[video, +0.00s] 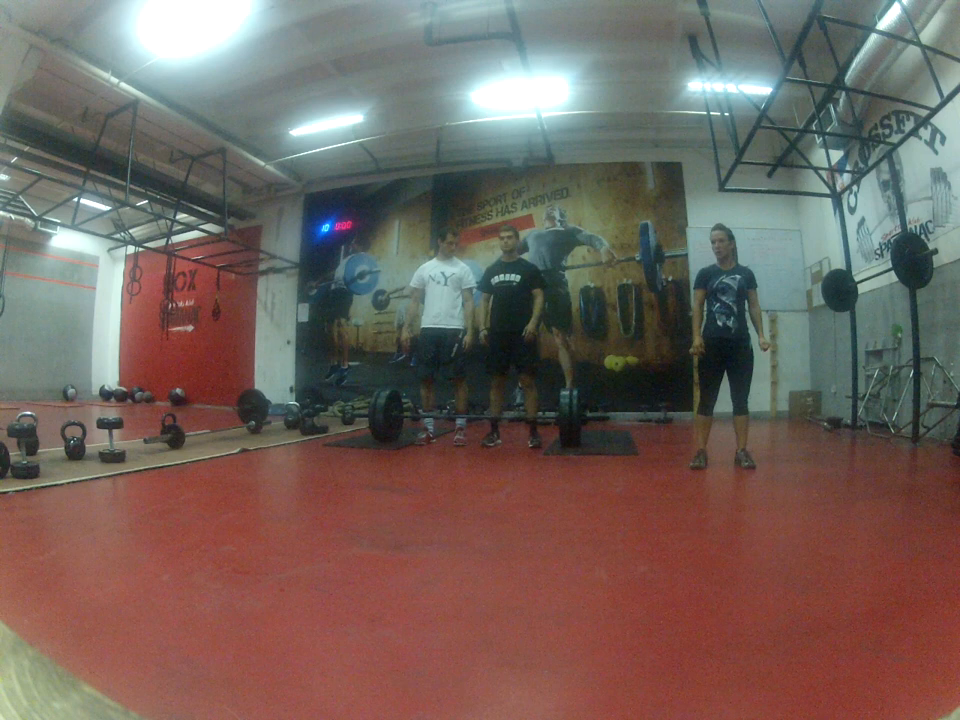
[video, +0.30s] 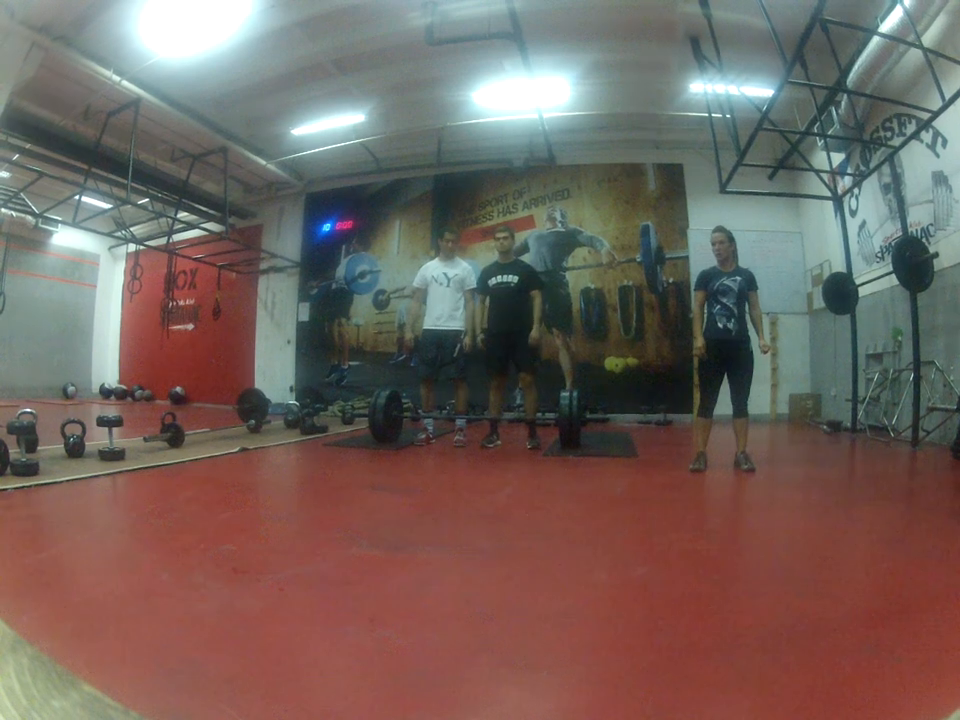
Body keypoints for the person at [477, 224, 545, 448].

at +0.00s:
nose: (506, 241)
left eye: (510, 238)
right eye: (502, 238)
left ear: (517, 241)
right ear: (498, 242)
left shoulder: (529, 268)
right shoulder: (491, 270)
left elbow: (539, 297)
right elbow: (484, 301)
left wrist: (533, 323)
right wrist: (483, 327)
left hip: (523, 332)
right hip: (498, 332)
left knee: (527, 380)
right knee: (497, 381)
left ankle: (533, 431)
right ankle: (494, 430)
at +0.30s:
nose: (502, 242)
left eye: (505, 238)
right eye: (498, 239)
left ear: (513, 241)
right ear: (494, 243)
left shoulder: (526, 269)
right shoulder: (487, 271)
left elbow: (537, 298)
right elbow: (481, 303)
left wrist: (536, 327)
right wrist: (480, 330)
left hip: (522, 332)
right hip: (496, 333)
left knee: (527, 380)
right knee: (496, 382)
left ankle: (532, 431)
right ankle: (493, 431)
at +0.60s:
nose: (506, 244)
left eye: (510, 240)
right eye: (503, 240)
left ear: (517, 242)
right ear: (498, 244)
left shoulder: (529, 270)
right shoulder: (491, 273)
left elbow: (539, 301)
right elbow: (484, 303)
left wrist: (542, 331)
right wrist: (482, 327)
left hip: (525, 333)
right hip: (498, 334)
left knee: (527, 382)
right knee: (497, 382)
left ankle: (532, 433)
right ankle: (494, 432)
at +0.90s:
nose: (508, 241)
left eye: (511, 238)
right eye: (504, 238)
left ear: (519, 241)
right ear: (500, 241)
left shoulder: (530, 267)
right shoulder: (494, 270)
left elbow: (540, 297)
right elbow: (485, 304)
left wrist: (539, 327)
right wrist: (486, 285)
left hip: (524, 331)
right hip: (499, 332)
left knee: (526, 379)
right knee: (497, 380)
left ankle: (532, 431)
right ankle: (494, 429)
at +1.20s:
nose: (509, 241)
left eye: (514, 237)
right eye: (506, 237)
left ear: (521, 240)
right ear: (501, 240)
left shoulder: (531, 266)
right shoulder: (495, 267)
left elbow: (539, 295)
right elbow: (483, 299)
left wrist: (531, 324)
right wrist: (486, 276)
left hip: (523, 329)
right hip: (499, 329)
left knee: (527, 378)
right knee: (497, 378)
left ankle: (532, 430)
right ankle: (494, 428)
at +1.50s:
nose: (509, 243)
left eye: (513, 239)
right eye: (506, 240)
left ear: (521, 240)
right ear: (501, 241)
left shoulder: (533, 265)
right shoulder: (494, 266)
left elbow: (546, 292)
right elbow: (483, 297)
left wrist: (540, 319)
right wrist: (481, 324)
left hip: (525, 329)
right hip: (499, 329)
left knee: (528, 378)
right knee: (497, 378)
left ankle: (533, 429)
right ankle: (494, 428)